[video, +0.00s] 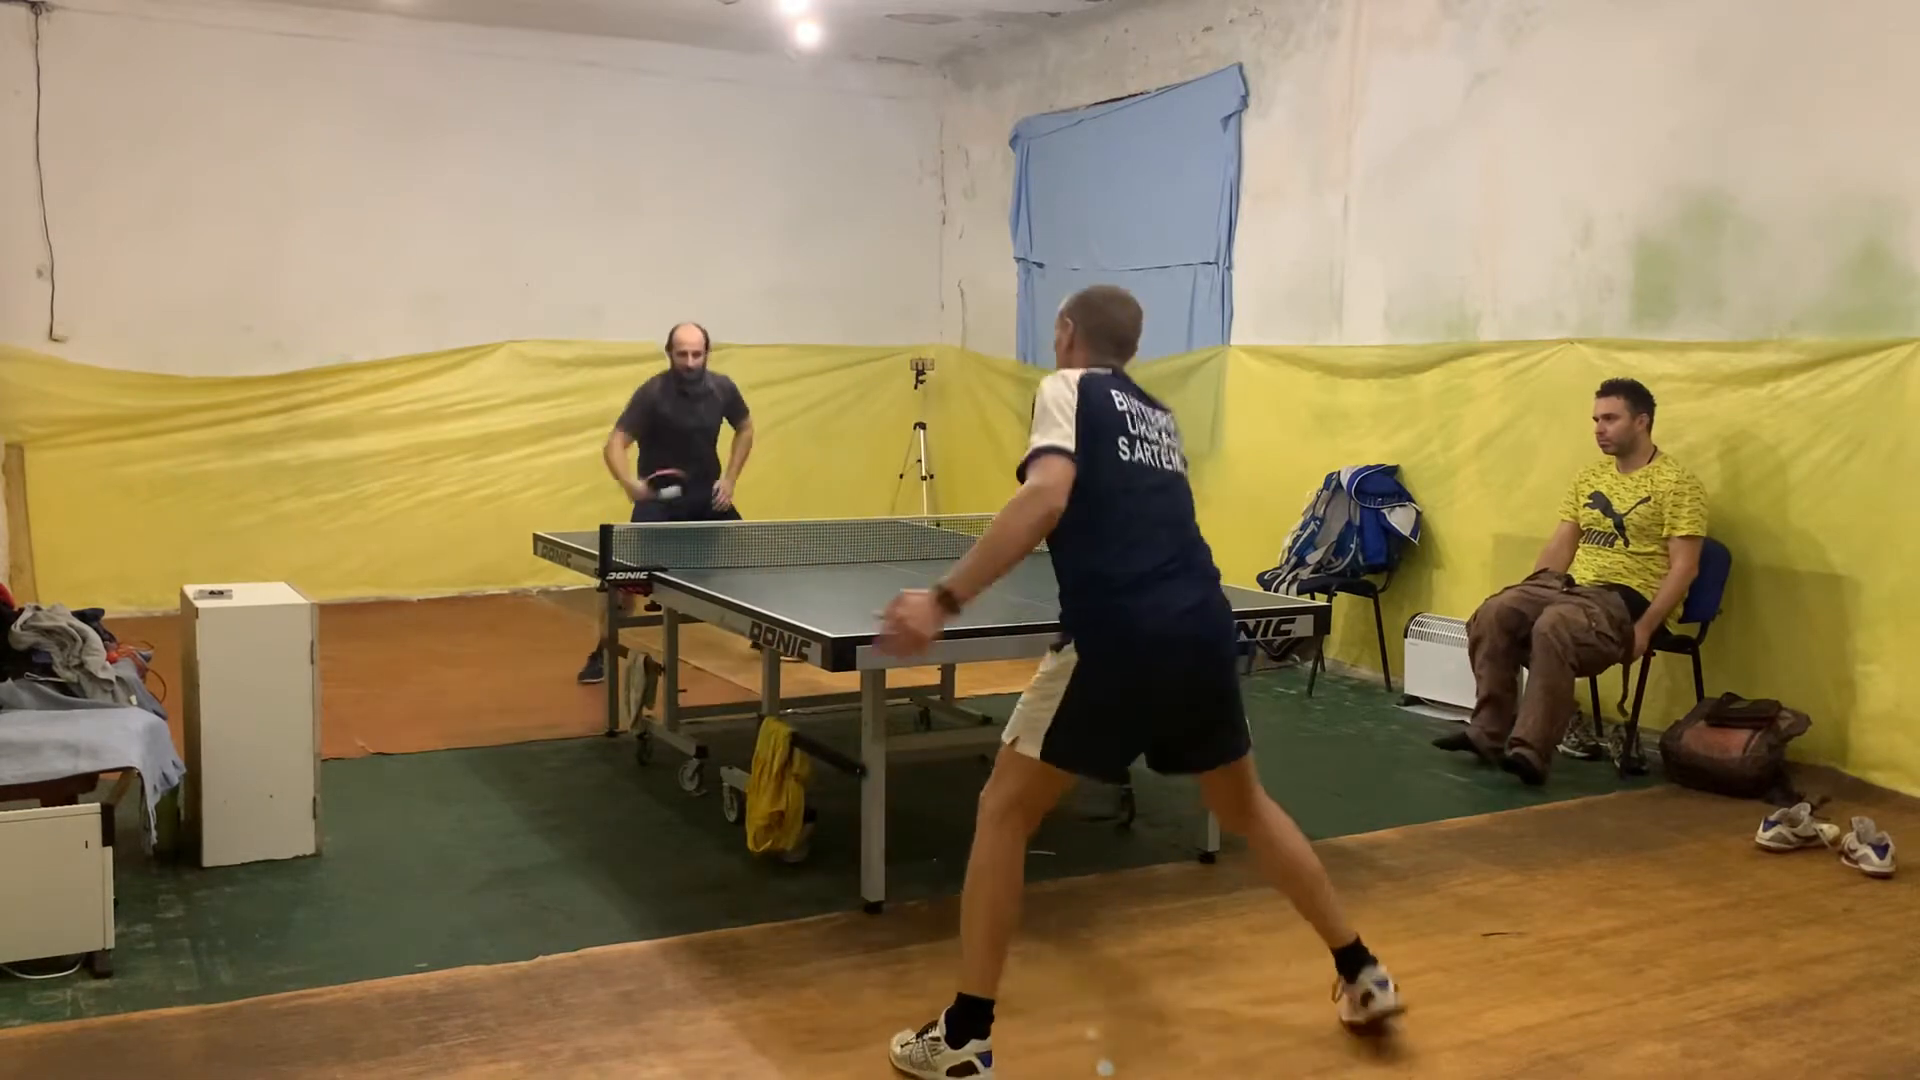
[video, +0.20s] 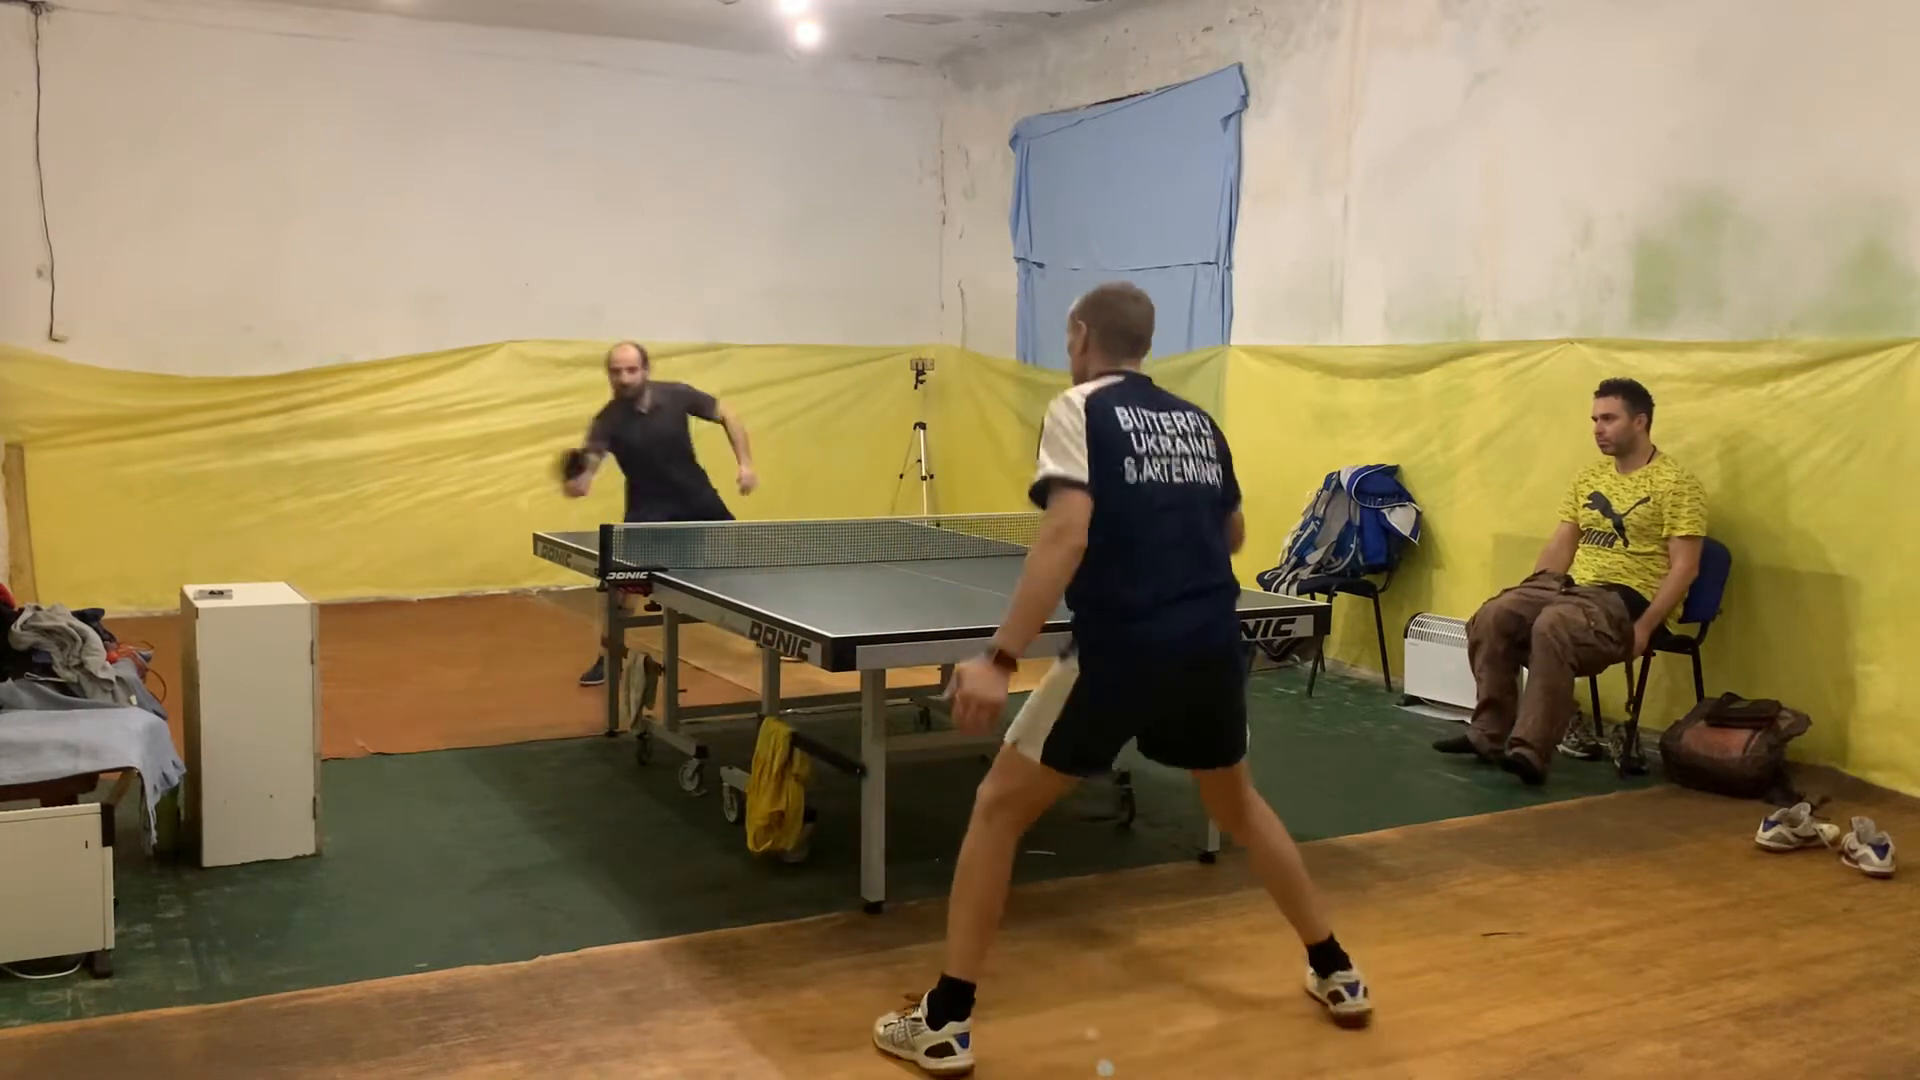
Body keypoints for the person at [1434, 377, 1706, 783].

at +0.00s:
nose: (1599, 429)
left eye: (1609, 419)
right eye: (1596, 420)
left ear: (1642, 421)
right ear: (1594, 422)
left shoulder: (1677, 482)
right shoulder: (1591, 476)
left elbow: (1684, 568)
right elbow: (1561, 545)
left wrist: (1644, 628)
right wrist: (1534, 593)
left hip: (1631, 596)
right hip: (1573, 588)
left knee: (1554, 626)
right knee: (1494, 615)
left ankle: (1531, 751)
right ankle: (1488, 734)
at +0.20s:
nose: (1598, 429)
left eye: (1608, 419)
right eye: (1595, 420)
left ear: (1641, 421)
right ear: (1593, 423)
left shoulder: (1676, 482)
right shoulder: (1591, 476)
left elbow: (1685, 568)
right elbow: (1560, 546)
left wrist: (1643, 627)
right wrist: (1532, 595)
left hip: (1630, 596)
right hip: (1572, 589)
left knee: (1553, 626)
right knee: (1492, 618)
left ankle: (1531, 751)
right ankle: (1488, 734)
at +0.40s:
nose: (1597, 429)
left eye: (1606, 419)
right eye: (1593, 421)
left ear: (1640, 421)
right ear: (1591, 423)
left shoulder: (1675, 482)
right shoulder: (1588, 477)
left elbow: (1686, 566)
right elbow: (1560, 547)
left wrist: (1643, 624)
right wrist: (1532, 596)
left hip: (1631, 597)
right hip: (1572, 589)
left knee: (1553, 627)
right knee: (1492, 619)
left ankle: (1531, 751)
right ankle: (1487, 736)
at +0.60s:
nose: (1594, 430)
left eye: (1603, 420)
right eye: (1590, 421)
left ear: (1637, 421)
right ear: (1587, 422)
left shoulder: (1674, 481)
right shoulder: (1586, 477)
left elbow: (1689, 564)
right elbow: (1559, 546)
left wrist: (1645, 621)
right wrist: (1533, 595)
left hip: (1632, 597)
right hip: (1572, 590)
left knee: (1553, 625)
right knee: (1492, 618)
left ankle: (1532, 749)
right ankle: (1488, 735)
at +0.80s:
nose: (1583, 432)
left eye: (1593, 422)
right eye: (1579, 422)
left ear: (1626, 420)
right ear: (1576, 422)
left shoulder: (1663, 481)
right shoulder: (1577, 476)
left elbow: (1685, 561)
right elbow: (1554, 543)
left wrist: (1644, 622)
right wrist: (1532, 592)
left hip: (1631, 597)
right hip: (1570, 590)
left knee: (1555, 623)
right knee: (1489, 617)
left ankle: (1544, 749)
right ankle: (1493, 734)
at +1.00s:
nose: (1592, 412)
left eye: (1605, 404)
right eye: (1589, 403)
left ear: (1635, 411)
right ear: (1584, 408)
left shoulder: (1655, 472)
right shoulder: (1573, 462)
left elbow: (1639, 548)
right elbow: (1513, 492)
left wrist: (1557, 526)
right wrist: (1534, 449)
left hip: (1637, 601)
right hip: (1572, 593)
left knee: (1580, 651)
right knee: (1474, 630)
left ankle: (1577, 746)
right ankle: (1535, 722)